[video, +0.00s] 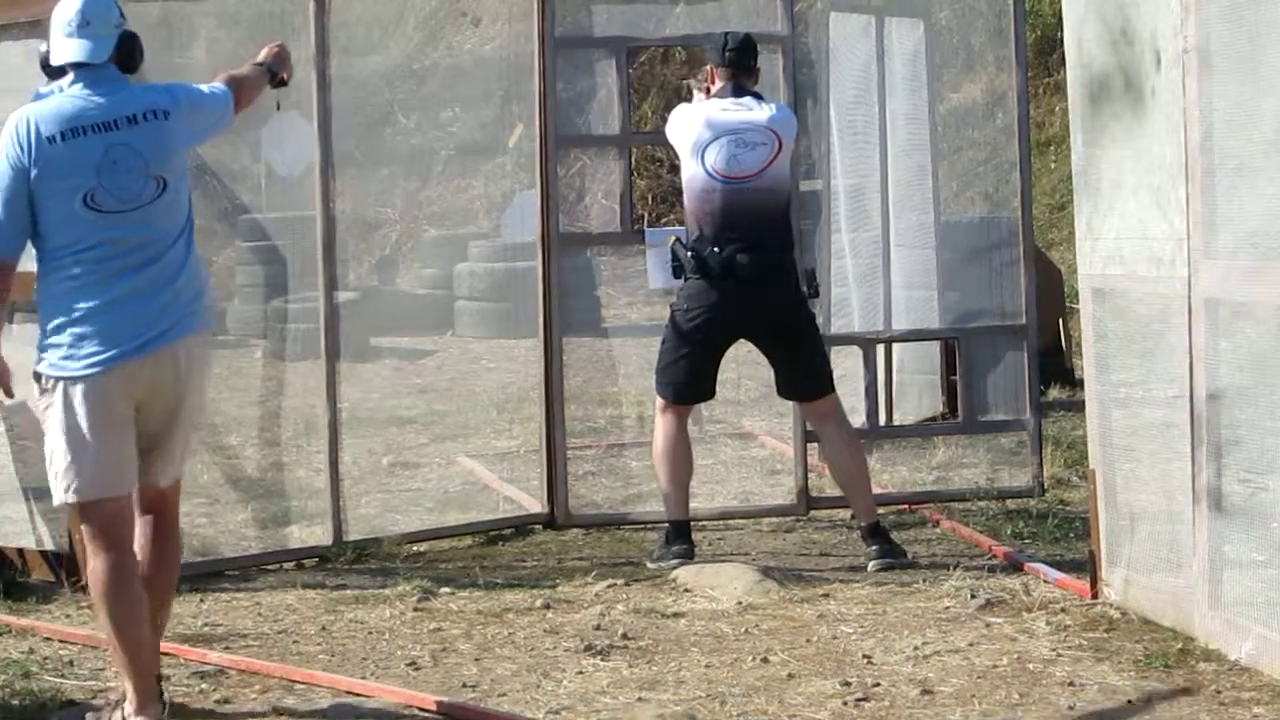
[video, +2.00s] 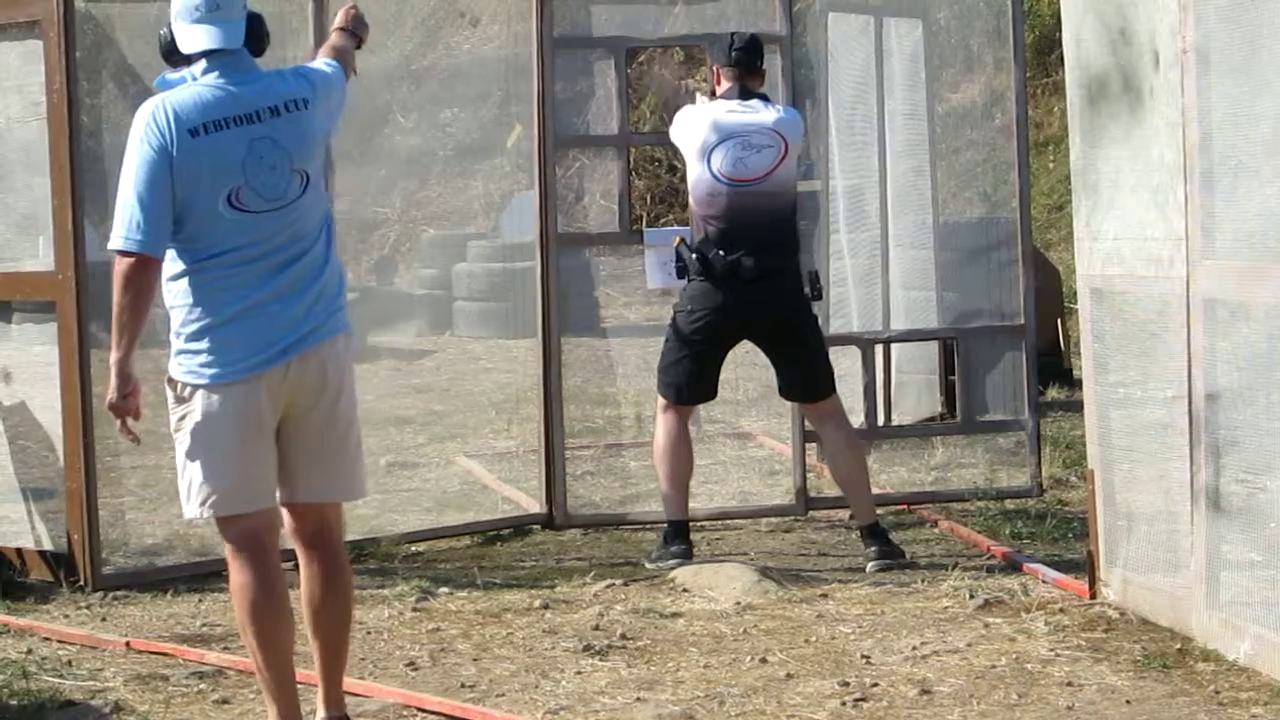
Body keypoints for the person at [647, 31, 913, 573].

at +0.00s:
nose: (712, 83)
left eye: (710, 76)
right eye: (738, 75)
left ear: (711, 79)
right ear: (757, 77)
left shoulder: (685, 120)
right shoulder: (784, 119)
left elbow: (689, 121)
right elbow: (753, 116)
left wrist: (705, 98)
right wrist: (720, 95)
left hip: (707, 294)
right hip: (778, 293)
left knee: (672, 409)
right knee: (827, 413)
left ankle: (676, 538)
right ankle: (875, 535)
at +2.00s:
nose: (714, 83)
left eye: (712, 75)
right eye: (729, 74)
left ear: (717, 78)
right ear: (762, 76)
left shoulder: (690, 122)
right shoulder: (791, 122)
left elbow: (692, 123)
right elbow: (759, 124)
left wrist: (713, 100)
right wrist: (731, 98)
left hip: (710, 296)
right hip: (781, 294)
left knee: (673, 408)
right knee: (828, 414)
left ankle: (675, 538)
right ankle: (875, 536)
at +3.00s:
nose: (761, 85)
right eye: (762, 77)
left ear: (713, 79)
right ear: (761, 78)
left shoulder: (682, 128)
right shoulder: (781, 119)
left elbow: (709, 168)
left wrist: (727, 101)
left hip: (708, 296)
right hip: (777, 292)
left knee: (683, 414)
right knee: (830, 412)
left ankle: (679, 539)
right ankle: (867, 534)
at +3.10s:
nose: (771, 84)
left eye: (768, 78)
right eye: (769, 77)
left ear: (716, 78)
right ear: (762, 79)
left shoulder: (685, 128)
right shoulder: (774, 118)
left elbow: (734, 151)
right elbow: (815, 133)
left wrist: (800, 126)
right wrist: (819, 117)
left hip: (705, 295)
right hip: (773, 293)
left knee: (695, 416)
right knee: (833, 410)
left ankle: (681, 538)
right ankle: (865, 536)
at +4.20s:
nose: (791, 93)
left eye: (788, 86)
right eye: (791, 86)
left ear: (738, 85)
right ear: (783, 84)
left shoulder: (705, 134)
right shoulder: (786, 130)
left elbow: (762, 181)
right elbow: (847, 185)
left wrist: (827, 147)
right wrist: (854, 146)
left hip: (711, 298)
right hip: (777, 296)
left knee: (703, 420)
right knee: (837, 413)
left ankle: (679, 540)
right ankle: (883, 533)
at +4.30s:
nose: (732, 115)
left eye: (733, 109)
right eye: (740, 109)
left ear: (741, 109)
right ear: (785, 108)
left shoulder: (710, 163)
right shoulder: (806, 151)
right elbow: (866, 222)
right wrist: (850, 180)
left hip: (724, 309)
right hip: (793, 308)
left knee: (690, 413)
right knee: (846, 420)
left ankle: (681, 535)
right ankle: (895, 538)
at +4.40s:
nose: (707, 140)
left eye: (709, 131)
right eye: (707, 132)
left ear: (726, 128)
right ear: (759, 129)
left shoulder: (703, 178)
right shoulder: (804, 173)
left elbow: (668, 265)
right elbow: (863, 246)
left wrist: (682, 297)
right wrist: (829, 212)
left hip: (727, 327)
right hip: (798, 327)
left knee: (663, 406)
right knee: (847, 427)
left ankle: (677, 532)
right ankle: (894, 537)